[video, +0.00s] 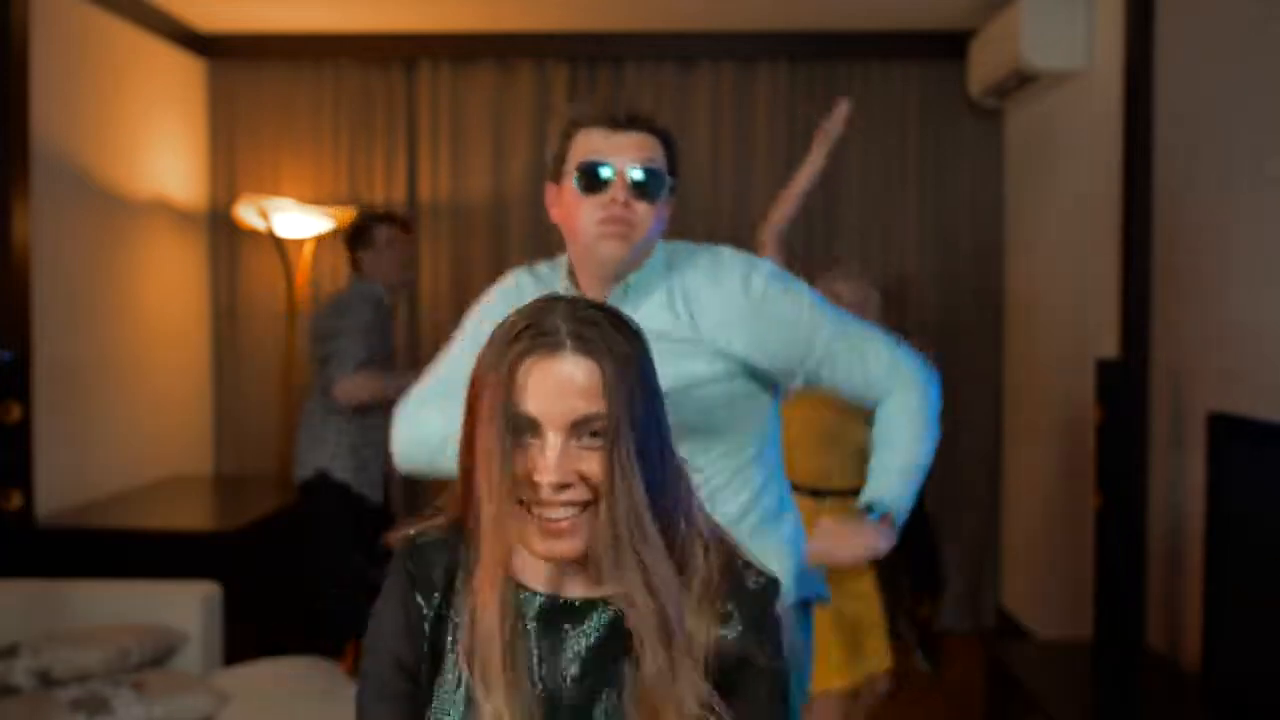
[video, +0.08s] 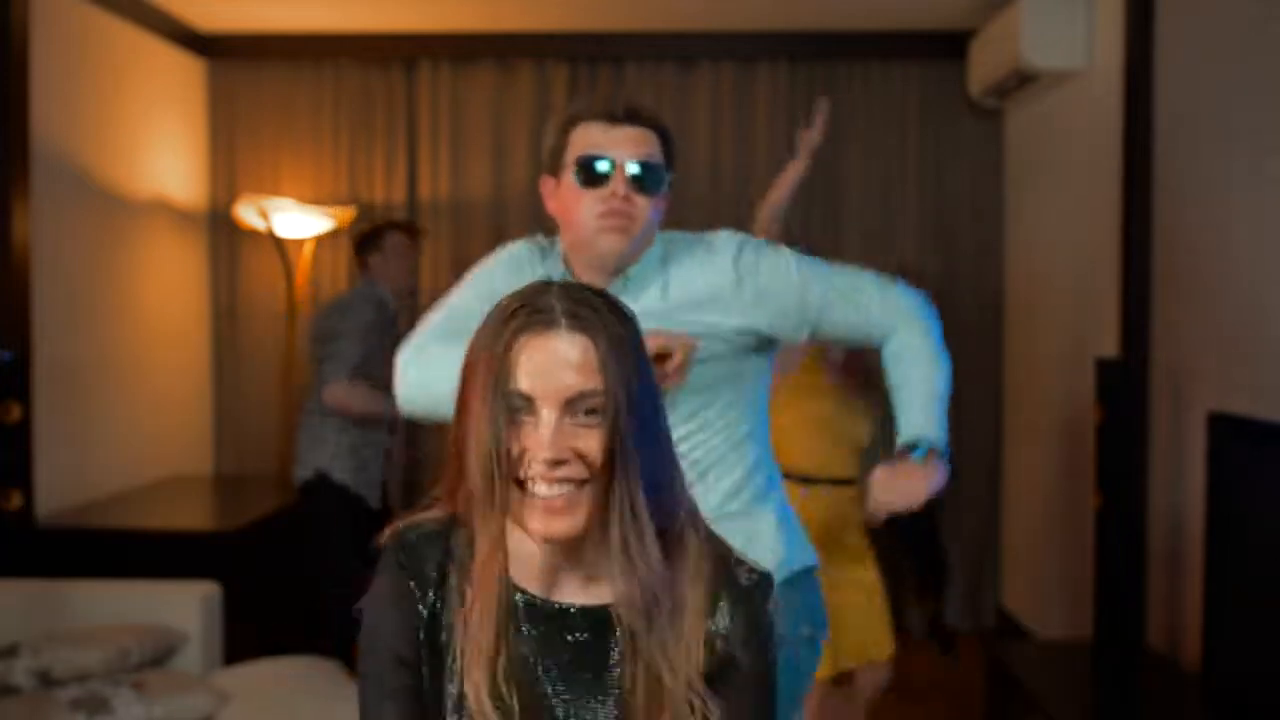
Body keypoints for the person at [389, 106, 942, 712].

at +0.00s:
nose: (620, 197)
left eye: (644, 183)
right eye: (595, 178)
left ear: (667, 211)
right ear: (555, 203)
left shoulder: (728, 288)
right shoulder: (519, 299)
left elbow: (907, 378)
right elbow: (411, 437)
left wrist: (879, 518)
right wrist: (549, 461)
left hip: (735, 607)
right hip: (565, 603)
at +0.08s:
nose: (620, 190)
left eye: (644, 176)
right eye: (594, 171)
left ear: (665, 201)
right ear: (552, 195)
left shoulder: (730, 269)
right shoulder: (519, 273)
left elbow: (902, 310)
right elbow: (412, 381)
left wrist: (920, 450)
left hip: (747, 591)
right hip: (579, 590)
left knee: (755, 709)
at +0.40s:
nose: (621, 222)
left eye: (643, 206)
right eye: (596, 203)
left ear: (661, 224)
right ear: (558, 215)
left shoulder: (710, 291)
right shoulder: (537, 318)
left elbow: (855, 322)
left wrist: (884, 428)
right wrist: (634, 367)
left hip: (741, 615)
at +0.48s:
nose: (617, 244)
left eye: (640, 228)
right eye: (593, 224)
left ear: (660, 249)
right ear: (555, 236)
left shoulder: (713, 324)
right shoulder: (533, 344)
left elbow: (853, 395)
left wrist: (854, 481)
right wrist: (631, 403)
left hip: (735, 638)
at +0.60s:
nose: (622, 254)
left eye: (644, 237)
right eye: (596, 240)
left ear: (671, 260)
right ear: (566, 261)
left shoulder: (744, 381)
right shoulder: (536, 380)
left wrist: (804, 539)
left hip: (734, 687)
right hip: (572, 684)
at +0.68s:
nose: (632, 244)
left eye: (653, 222)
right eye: (605, 233)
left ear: (688, 244)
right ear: (581, 263)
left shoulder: (753, 370)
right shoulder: (550, 374)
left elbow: (825, 558)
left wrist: (754, 518)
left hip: (737, 681)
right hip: (594, 683)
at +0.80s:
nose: (651, 210)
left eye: (670, 187)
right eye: (623, 206)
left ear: (711, 207)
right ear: (608, 241)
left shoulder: (773, 331)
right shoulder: (566, 325)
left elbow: (800, 496)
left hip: (726, 645)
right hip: (590, 649)